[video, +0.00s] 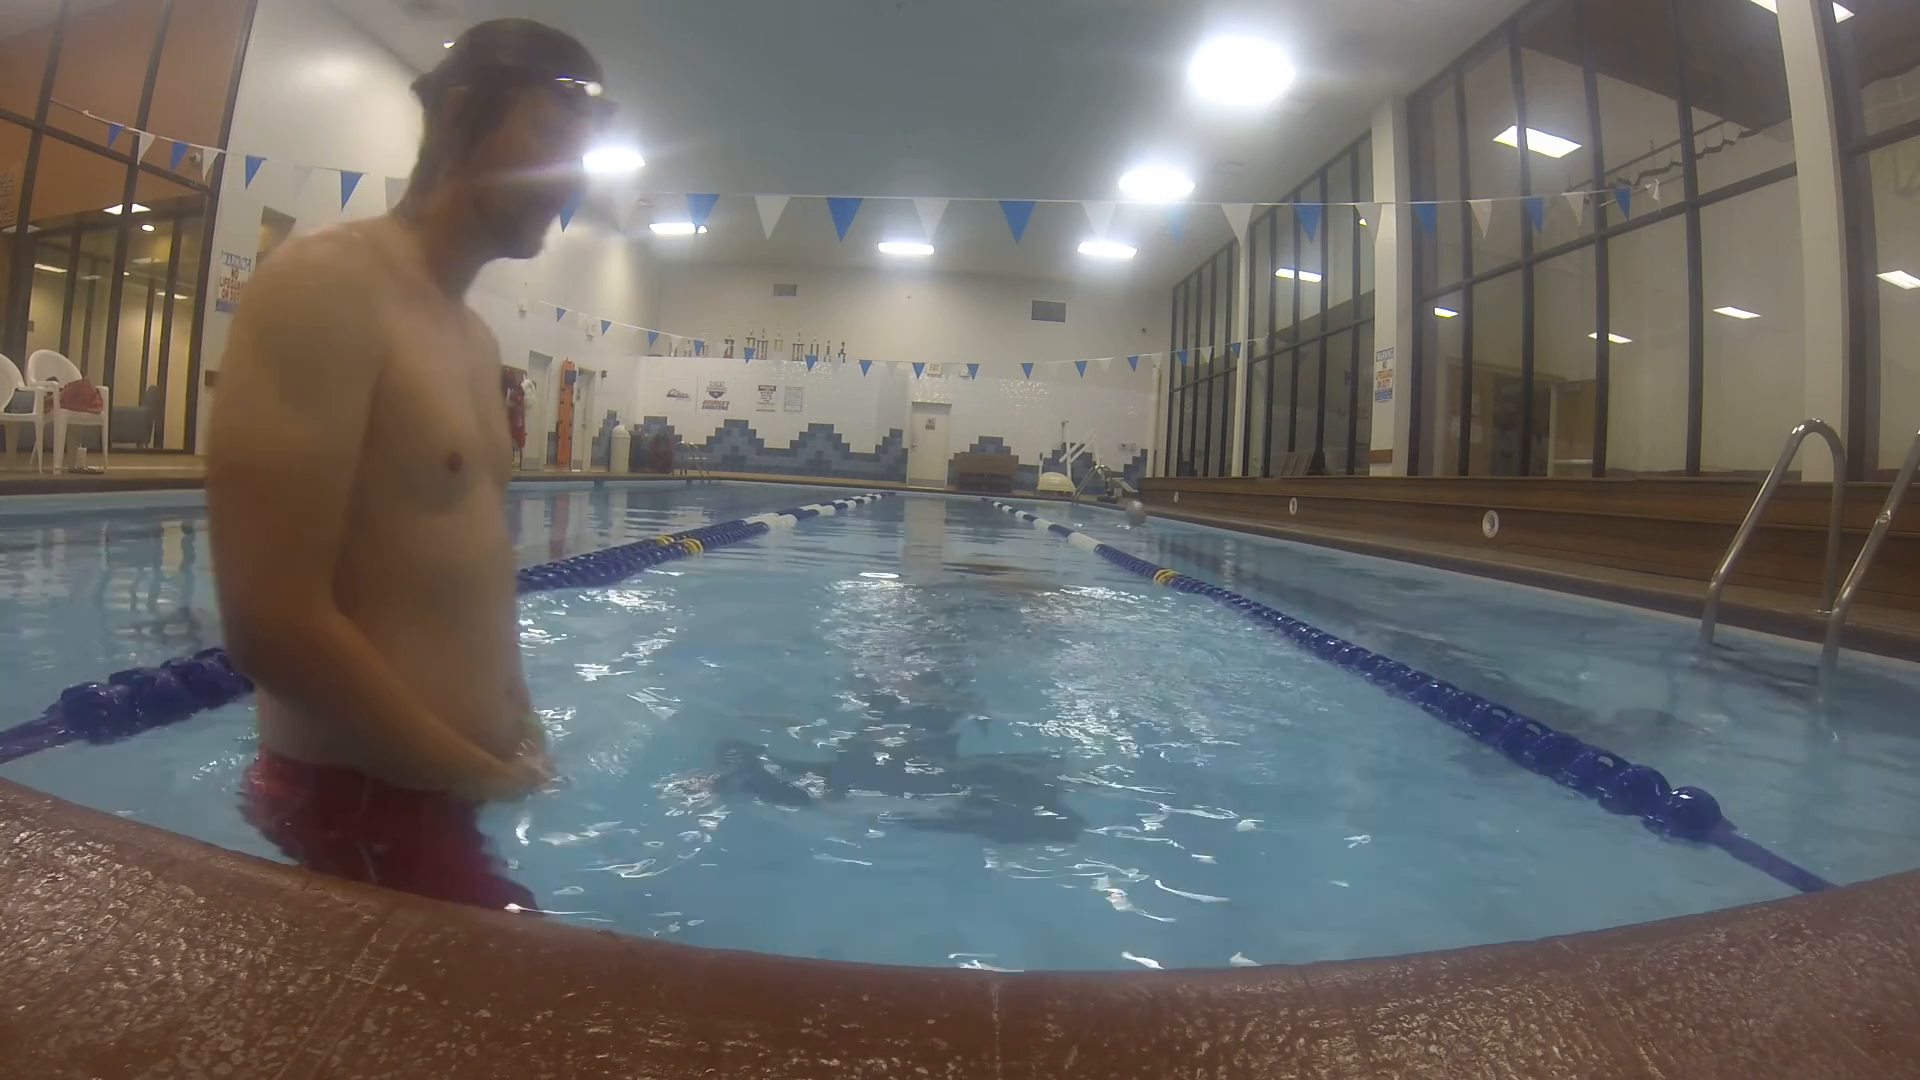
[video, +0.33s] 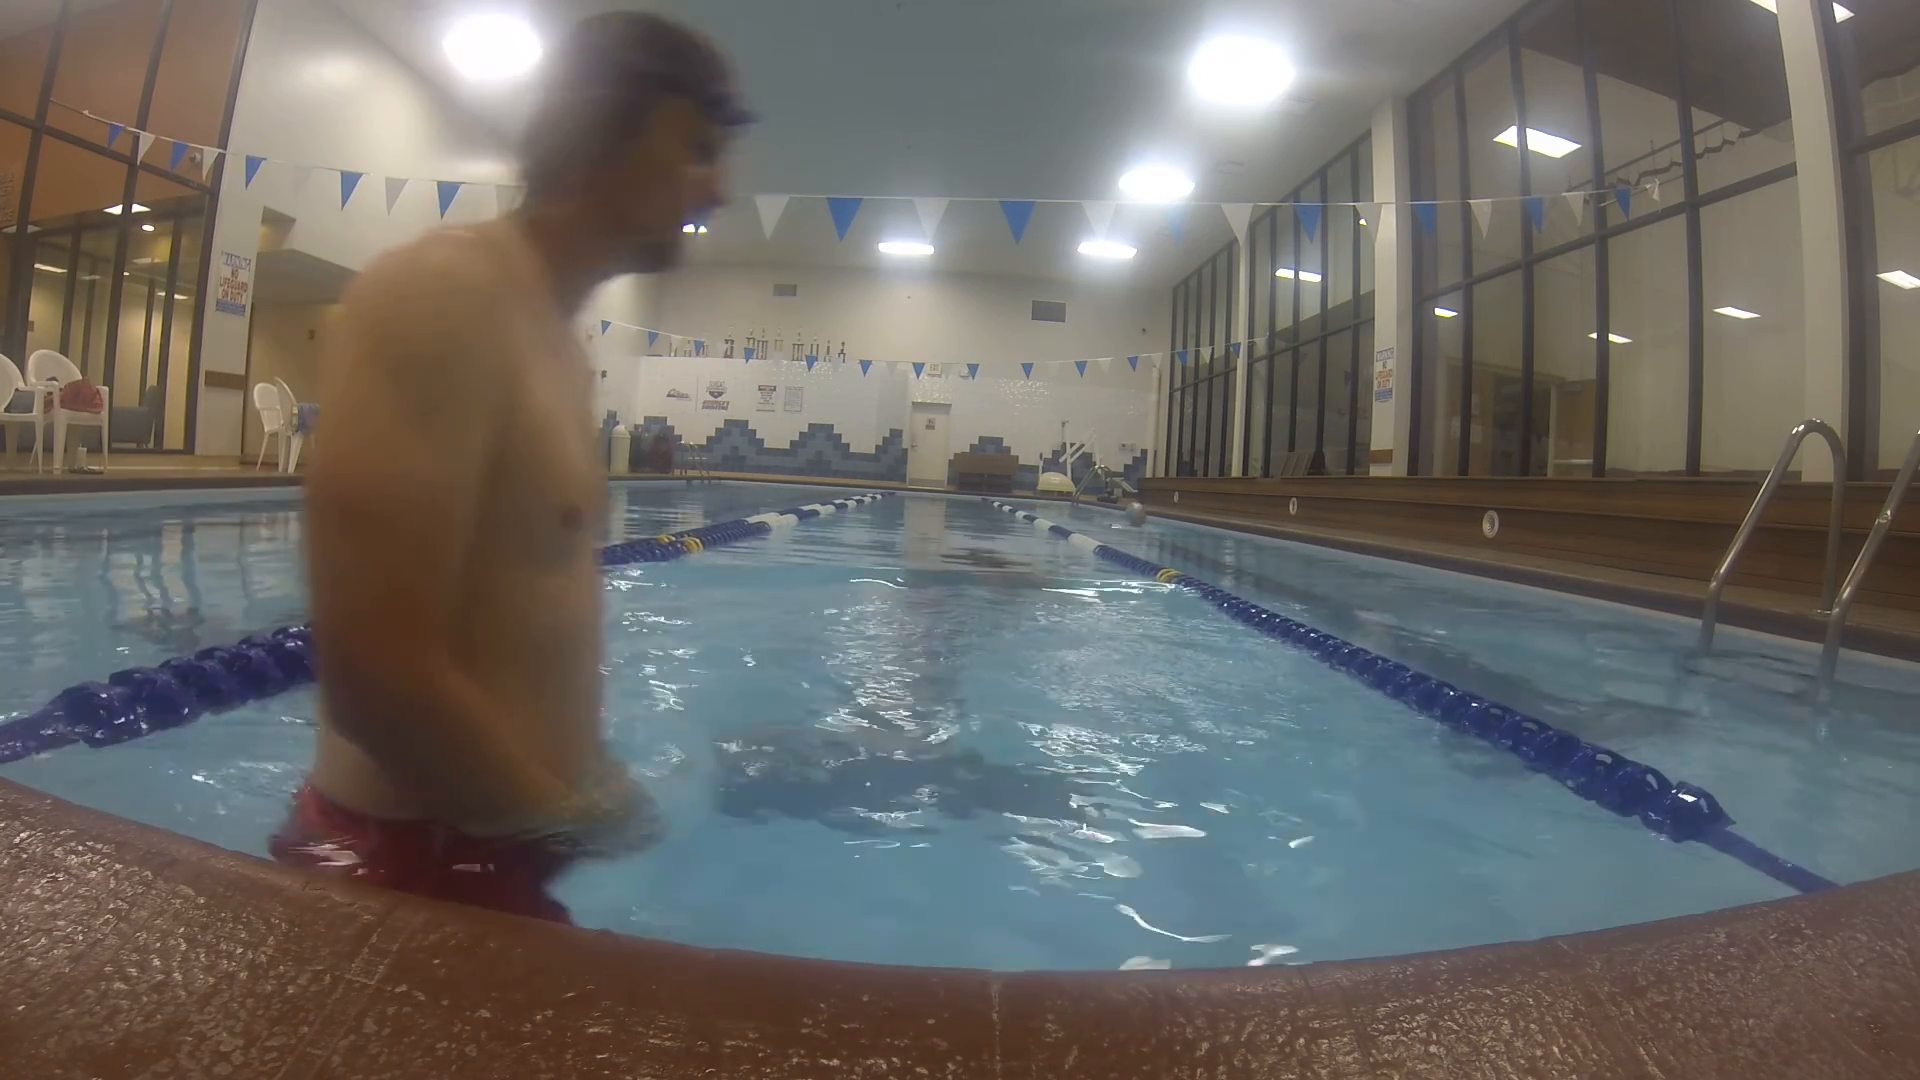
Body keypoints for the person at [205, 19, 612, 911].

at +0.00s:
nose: (575, 178)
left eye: (584, 149)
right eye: (558, 134)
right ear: (464, 115)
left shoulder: (471, 331)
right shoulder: (320, 286)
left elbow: (452, 573)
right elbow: (271, 621)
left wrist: (516, 727)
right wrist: (475, 772)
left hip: (431, 801)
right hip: (354, 805)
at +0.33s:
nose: (717, 191)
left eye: (717, 159)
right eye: (698, 150)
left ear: (626, 148)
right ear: (610, 135)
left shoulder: (542, 322)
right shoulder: (438, 294)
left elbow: (493, 612)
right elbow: (375, 661)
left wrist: (588, 774)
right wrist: (562, 818)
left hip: (481, 860)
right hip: (404, 872)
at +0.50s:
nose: (829, 174)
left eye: (832, 137)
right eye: (815, 126)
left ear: (713, 95)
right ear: (716, 91)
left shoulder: (606, 283)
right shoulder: (541, 263)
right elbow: (473, 689)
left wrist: (659, 829)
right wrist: (654, 849)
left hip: (531, 884)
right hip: (466, 894)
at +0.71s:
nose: (924, 154)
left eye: (935, 114)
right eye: (928, 106)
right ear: (872, 57)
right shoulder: (675, 209)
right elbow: (597, 712)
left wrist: (769, 847)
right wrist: (770, 870)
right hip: (571, 930)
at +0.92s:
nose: (994, 113)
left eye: (1004, 77)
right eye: (1006, 73)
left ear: (837, 48)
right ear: (982, 58)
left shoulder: (706, 179)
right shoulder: (804, 172)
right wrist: (891, 876)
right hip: (716, 932)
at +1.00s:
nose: (1022, 101)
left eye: (1030, 69)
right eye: (1031, 66)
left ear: (851, 55)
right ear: (1010, 56)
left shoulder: (753, 177)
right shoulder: (859, 172)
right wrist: (948, 861)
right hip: (754, 935)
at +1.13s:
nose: (1063, 108)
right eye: (1066, 77)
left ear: (892, 74)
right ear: (1044, 70)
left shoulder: (792, 213)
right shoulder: (944, 193)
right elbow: (927, 759)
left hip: (737, 915)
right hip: (853, 953)